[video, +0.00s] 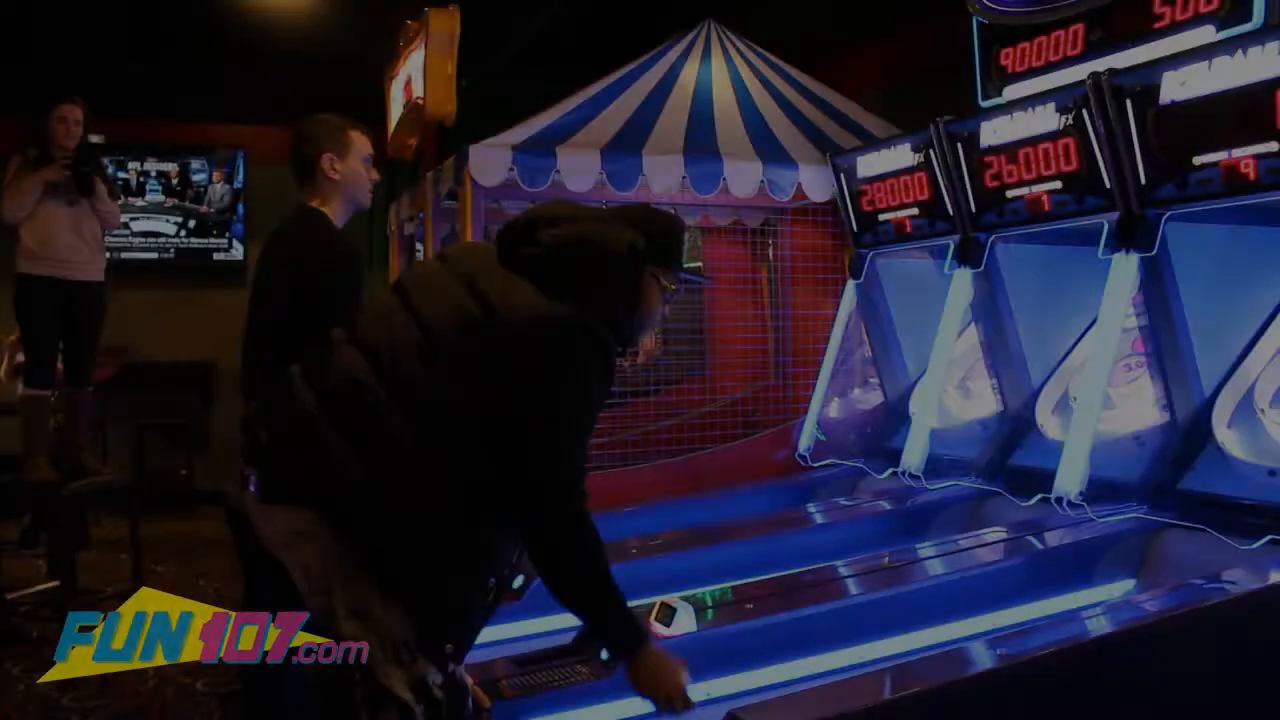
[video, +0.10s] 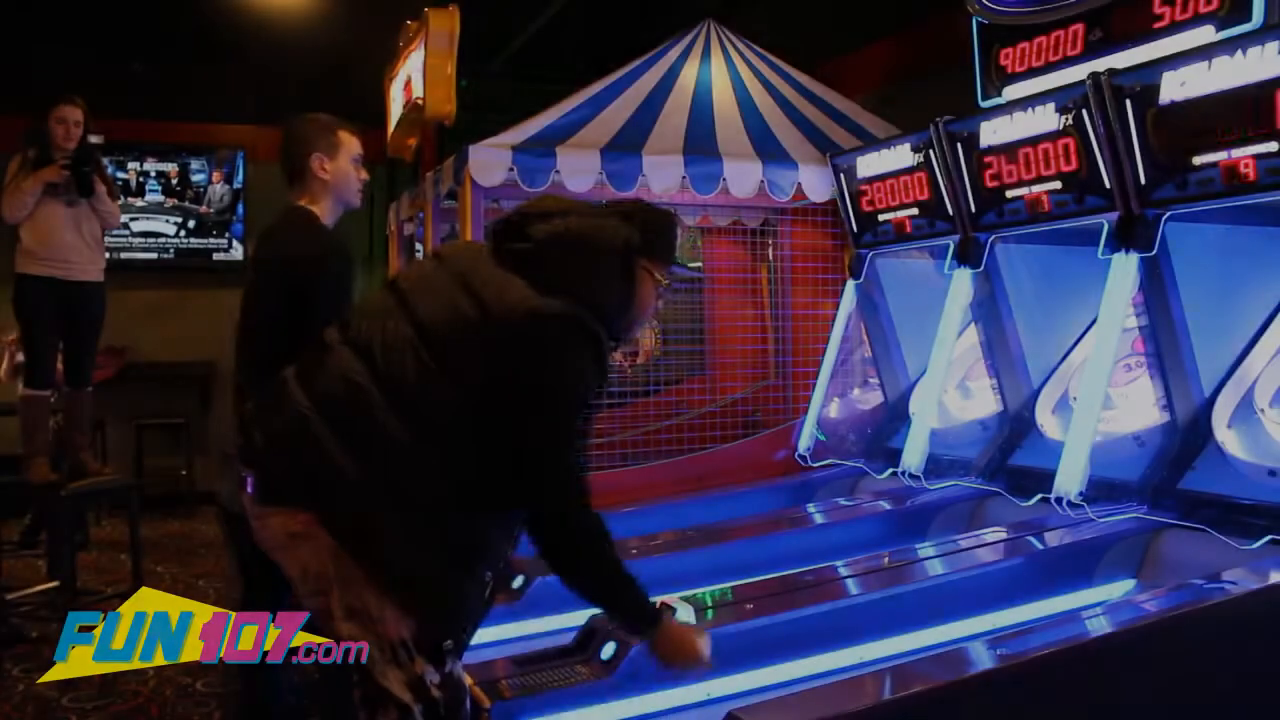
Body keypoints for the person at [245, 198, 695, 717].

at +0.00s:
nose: (662, 310)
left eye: (667, 293)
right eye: (661, 288)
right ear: (624, 271)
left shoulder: (474, 267)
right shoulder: (570, 340)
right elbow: (551, 509)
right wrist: (633, 645)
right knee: (413, 691)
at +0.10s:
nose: (657, 302)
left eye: (661, 286)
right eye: (653, 282)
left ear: (582, 261)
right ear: (609, 271)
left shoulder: (467, 265)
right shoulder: (559, 337)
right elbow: (557, 511)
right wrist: (653, 623)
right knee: (401, 686)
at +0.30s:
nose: (650, 308)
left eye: (655, 291)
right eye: (651, 287)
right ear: (618, 268)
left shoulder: (469, 264)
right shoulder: (552, 330)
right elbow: (542, 506)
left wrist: (481, 554)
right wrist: (612, 635)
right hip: (327, 506)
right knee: (415, 695)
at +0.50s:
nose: (658, 319)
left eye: (662, 302)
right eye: (655, 297)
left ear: (600, 273)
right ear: (617, 279)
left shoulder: (479, 272)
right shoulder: (555, 335)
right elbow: (480, 490)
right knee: (417, 689)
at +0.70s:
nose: (646, 328)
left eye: (653, 311)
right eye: (646, 306)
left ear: (583, 270)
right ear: (611, 288)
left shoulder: (469, 270)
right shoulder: (551, 342)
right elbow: (468, 492)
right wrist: (415, 650)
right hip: (313, 504)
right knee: (406, 688)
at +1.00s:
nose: (624, 303)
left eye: (628, 289)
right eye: (622, 285)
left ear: (538, 253)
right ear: (583, 272)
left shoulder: (437, 265)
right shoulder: (549, 336)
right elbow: (630, 467)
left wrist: (462, 542)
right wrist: (751, 518)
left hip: (251, 465)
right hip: (303, 490)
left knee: (370, 677)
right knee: (392, 688)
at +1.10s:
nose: (617, 296)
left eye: (619, 279)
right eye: (614, 277)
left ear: (523, 250)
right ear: (577, 269)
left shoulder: (426, 267)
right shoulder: (539, 329)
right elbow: (623, 469)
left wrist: (469, 541)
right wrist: (741, 499)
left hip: (242, 466)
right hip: (300, 491)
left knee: (355, 676)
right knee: (378, 690)